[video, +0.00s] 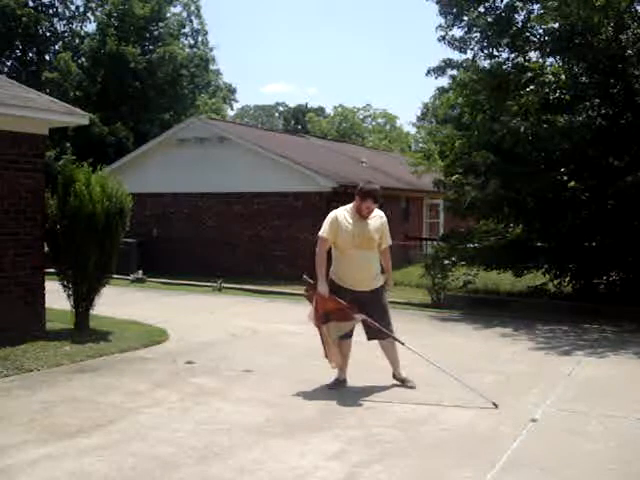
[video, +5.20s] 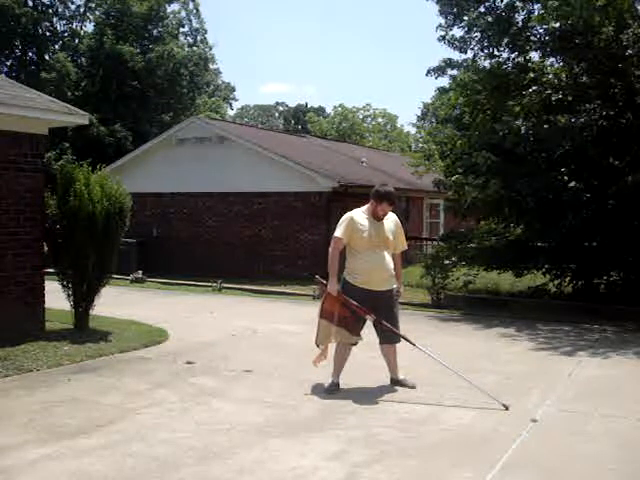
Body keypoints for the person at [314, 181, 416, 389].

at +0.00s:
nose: (369, 210)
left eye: (373, 206)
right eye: (366, 205)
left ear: (377, 205)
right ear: (356, 200)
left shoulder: (379, 218)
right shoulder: (337, 217)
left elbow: (384, 250)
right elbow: (321, 249)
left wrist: (388, 275)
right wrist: (322, 282)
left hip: (373, 288)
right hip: (342, 289)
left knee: (386, 333)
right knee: (343, 335)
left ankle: (397, 372)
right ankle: (341, 375)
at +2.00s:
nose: (386, 211)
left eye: (390, 208)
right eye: (384, 206)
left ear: (392, 206)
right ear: (374, 201)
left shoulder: (392, 220)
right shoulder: (353, 218)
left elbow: (395, 253)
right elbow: (339, 250)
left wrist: (394, 276)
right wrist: (335, 280)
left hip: (385, 289)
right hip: (355, 287)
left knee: (389, 336)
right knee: (346, 334)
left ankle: (395, 376)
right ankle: (334, 380)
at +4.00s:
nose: (384, 212)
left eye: (388, 208)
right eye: (382, 207)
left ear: (391, 207)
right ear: (372, 201)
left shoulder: (394, 221)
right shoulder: (353, 218)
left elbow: (400, 255)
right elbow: (340, 249)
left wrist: (406, 282)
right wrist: (336, 281)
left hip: (387, 289)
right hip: (356, 287)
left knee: (390, 336)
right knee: (346, 335)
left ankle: (396, 377)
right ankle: (335, 380)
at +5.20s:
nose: (385, 212)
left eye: (389, 209)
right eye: (383, 208)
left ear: (391, 207)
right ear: (373, 202)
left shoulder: (392, 221)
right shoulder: (352, 219)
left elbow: (397, 255)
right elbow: (335, 248)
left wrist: (398, 283)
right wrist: (332, 279)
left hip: (385, 289)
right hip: (356, 287)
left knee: (389, 337)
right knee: (347, 336)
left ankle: (395, 376)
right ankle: (335, 379)